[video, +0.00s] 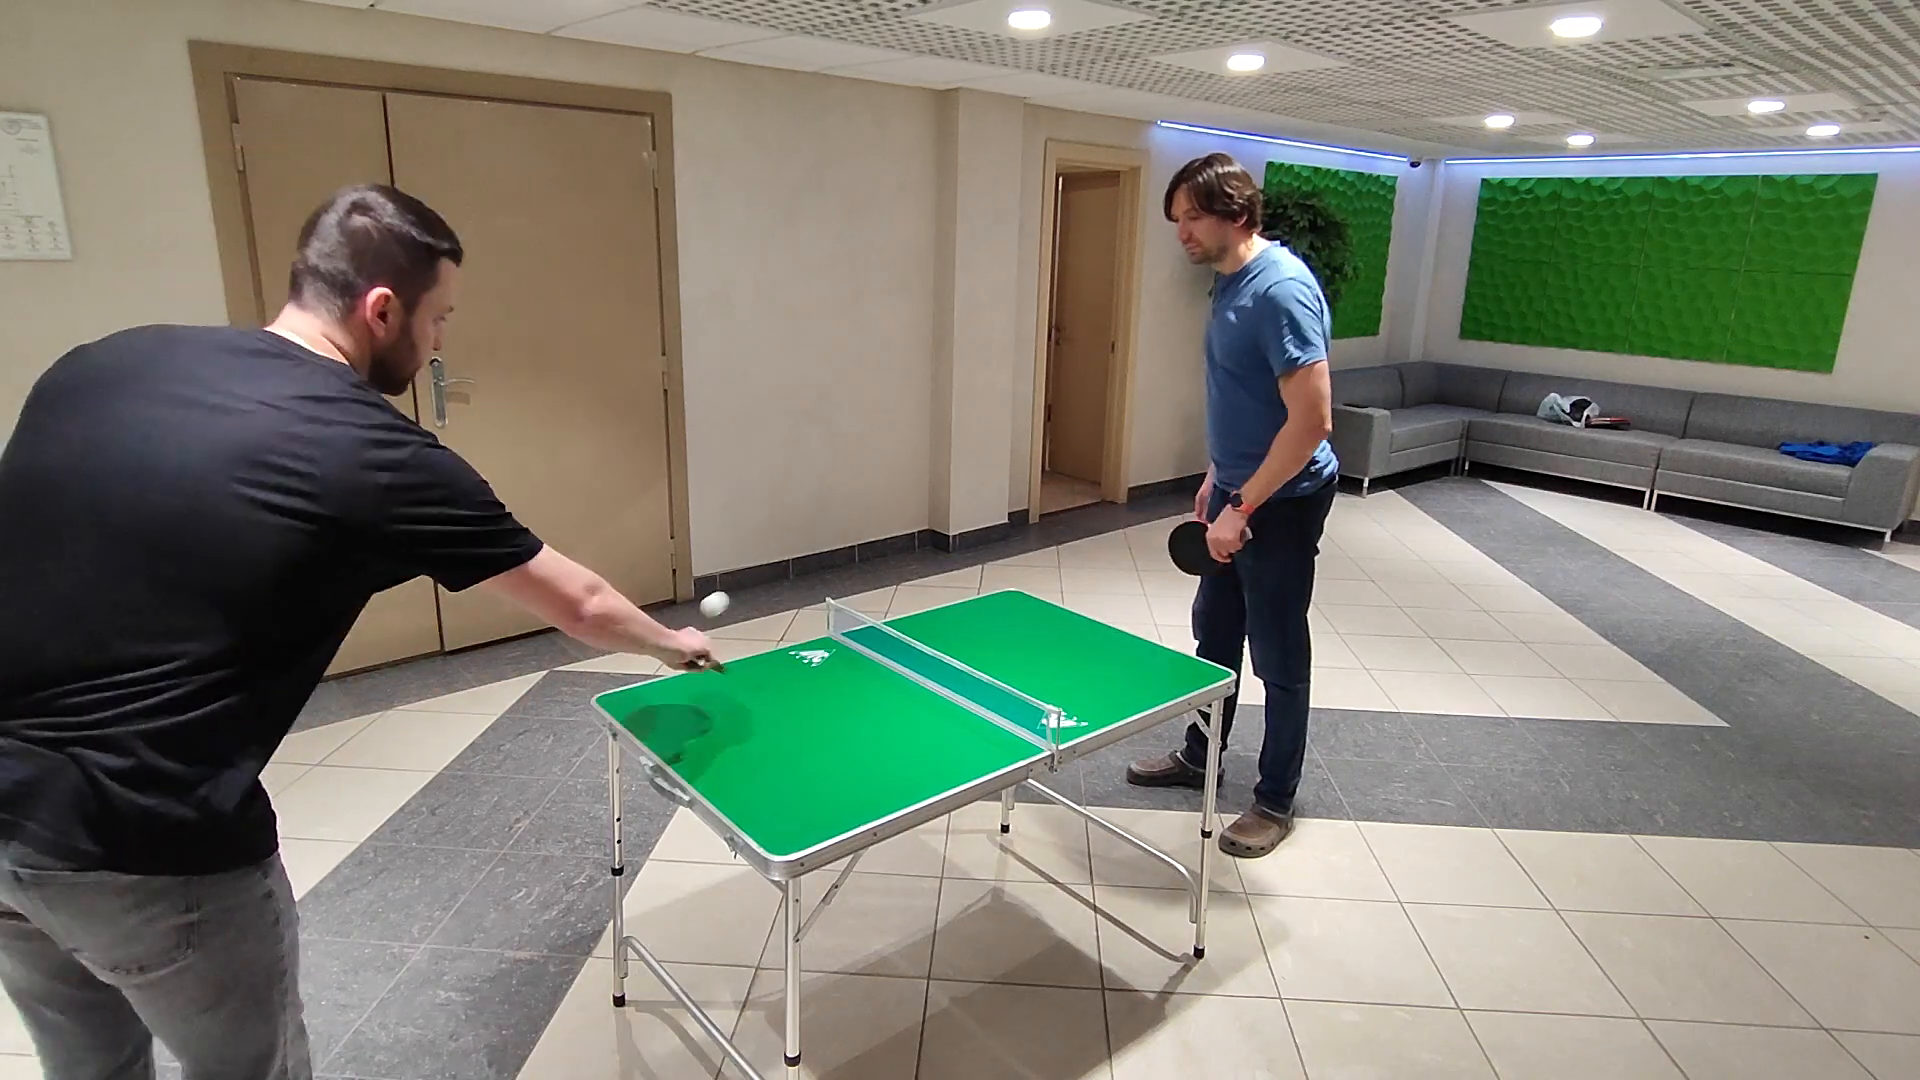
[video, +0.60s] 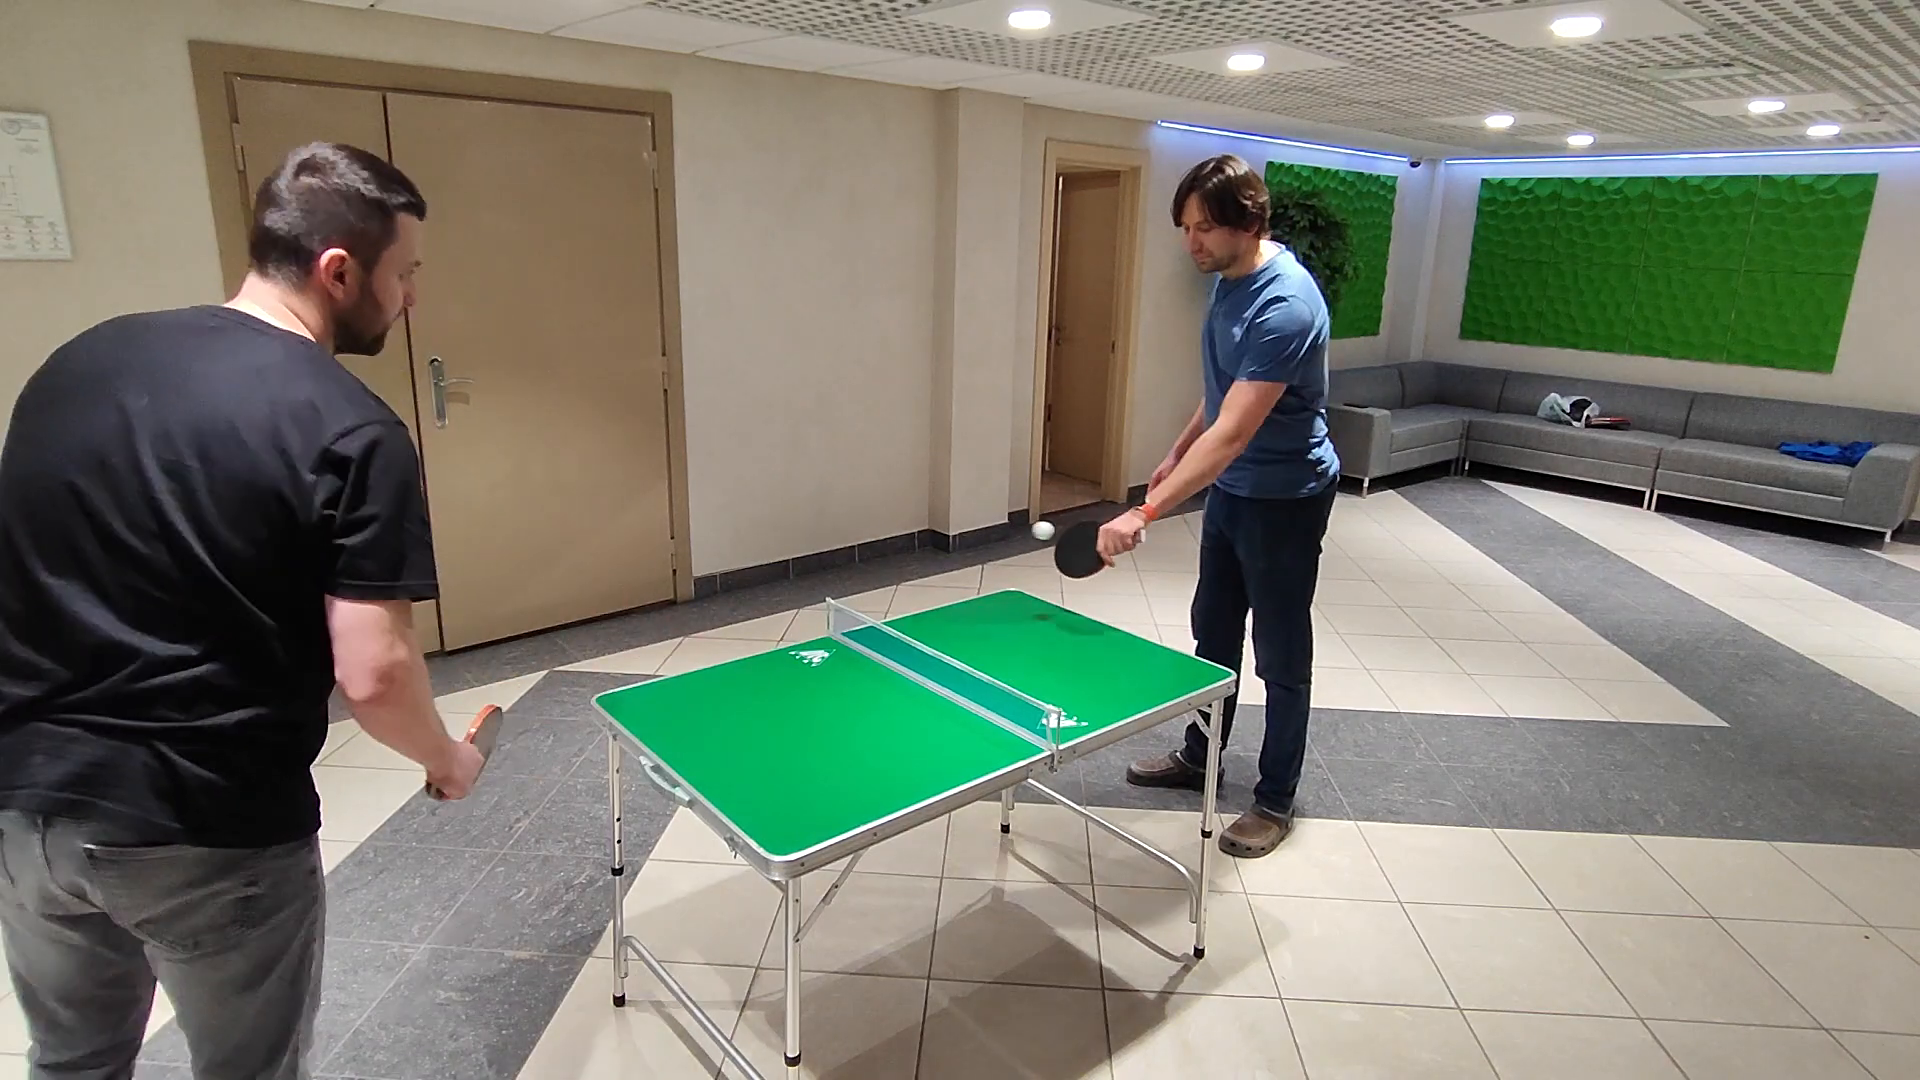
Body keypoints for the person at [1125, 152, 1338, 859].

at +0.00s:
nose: (1180, 235)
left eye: (1188, 220)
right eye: (1176, 222)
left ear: (1232, 213)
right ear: (1205, 217)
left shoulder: (1282, 289)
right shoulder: (1234, 281)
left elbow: (1313, 422)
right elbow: (1243, 401)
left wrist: (1242, 508)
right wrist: (1214, 479)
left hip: (1287, 498)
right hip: (1237, 489)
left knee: (1279, 659)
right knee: (1215, 632)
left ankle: (1274, 804)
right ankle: (1198, 757)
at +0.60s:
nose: (1190, 242)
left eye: (1201, 229)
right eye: (1187, 228)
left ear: (1245, 224)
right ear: (1208, 225)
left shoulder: (1285, 306)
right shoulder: (1232, 279)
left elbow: (1232, 436)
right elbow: (1221, 392)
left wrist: (1143, 513)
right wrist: (1176, 458)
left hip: (1284, 500)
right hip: (1228, 487)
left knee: (1283, 657)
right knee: (1214, 633)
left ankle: (1273, 803)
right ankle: (1200, 759)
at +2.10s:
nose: (1175, 257)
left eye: (1190, 244)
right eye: (1166, 243)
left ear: (1217, 246)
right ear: (1155, 243)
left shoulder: (1245, 322)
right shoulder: (1137, 288)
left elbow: (1224, 429)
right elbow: (1112, 367)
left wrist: (1187, 470)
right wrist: (1076, 439)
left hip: (1206, 482)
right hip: (1134, 471)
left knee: (1223, 625)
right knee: (1124, 609)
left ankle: (1246, 770)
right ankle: (1140, 720)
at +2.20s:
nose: (1164, 244)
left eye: (1177, 232)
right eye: (1156, 232)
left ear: (1207, 234)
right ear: (1146, 231)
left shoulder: (1244, 308)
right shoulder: (1136, 284)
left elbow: (1237, 420)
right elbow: (1118, 369)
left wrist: (1192, 455)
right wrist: (1087, 437)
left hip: (1211, 484)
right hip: (1138, 473)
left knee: (1228, 629)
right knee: (1129, 608)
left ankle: (1245, 764)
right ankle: (1135, 717)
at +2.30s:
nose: (1158, 235)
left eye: (1171, 222)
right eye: (1149, 223)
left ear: (1202, 224)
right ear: (1143, 227)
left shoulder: (1247, 299)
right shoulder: (1139, 284)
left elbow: (1255, 411)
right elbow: (1125, 371)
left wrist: (1197, 455)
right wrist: (1096, 440)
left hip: (1217, 482)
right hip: (1146, 473)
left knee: (1230, 631)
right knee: (1135, 610)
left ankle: (1245, 762)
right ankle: (1137, 722)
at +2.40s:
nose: (1159, 229)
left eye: (1172, 216)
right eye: (1152, 218)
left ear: (1205, 218)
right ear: (1146, 222)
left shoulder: (1253, 293)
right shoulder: (1147, 283)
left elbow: (1268, 405)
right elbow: (1132, 372)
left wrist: (1205, 456)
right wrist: (1102, 454)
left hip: (1223, 483)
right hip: (1150, 474)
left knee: (1235, 634)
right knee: (1139, 610)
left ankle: (1246, 763)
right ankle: (1140, 720)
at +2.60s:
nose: (1184, 218)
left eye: (1197, 207)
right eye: (1176, 207)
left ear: (1228, 211)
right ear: (1169, 211)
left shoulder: (1273, 286)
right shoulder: (1158, 280)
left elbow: (1289, 396)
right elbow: (1141, 381)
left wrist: (1233, 450)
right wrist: (1118, 464)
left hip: (1236, 483)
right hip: (1160, 476)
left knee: (1243, 635)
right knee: (1149, 613)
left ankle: (1245, 763)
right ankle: (1141, 724)